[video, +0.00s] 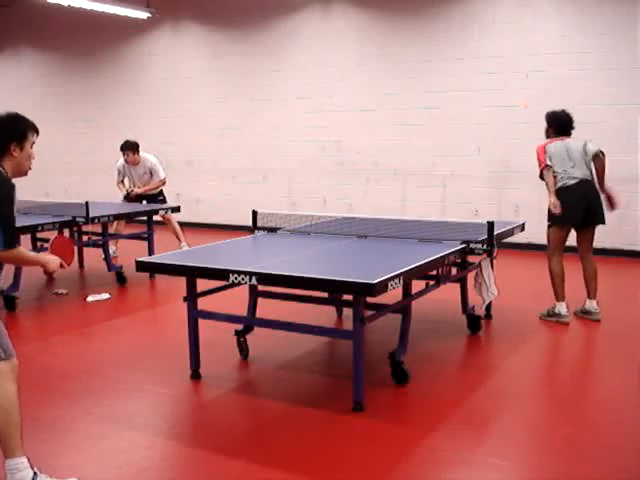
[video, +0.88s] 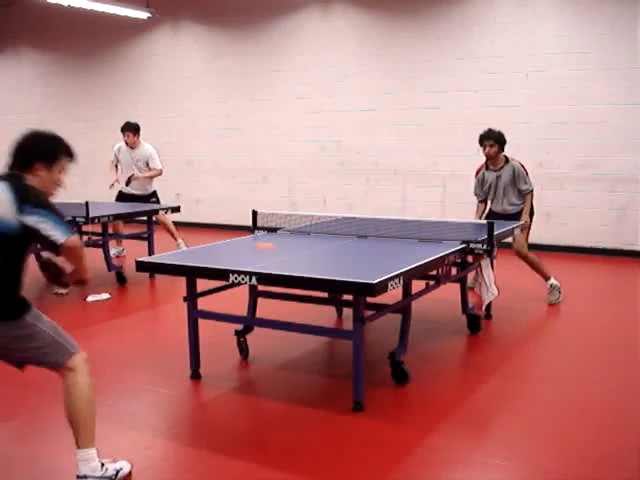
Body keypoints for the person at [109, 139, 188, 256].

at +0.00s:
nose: (125, 158)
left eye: (128, 155)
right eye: (124, 155)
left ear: (136, 154)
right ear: (123, 155)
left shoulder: (150, 161)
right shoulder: (121, 165)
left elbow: (162, 180)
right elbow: (119, 182)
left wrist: (142, 190)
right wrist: (126, 191)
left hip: (154, 193)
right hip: (135, 194)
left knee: (166, 216)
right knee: (120, 218)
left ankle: (183, 244)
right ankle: (113, 246)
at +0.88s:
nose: (125, 140)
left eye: (128, 136)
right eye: (124, 136)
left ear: (136, 136)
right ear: (123, 136)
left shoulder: (148, 151)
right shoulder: (119, 149)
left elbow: (158, 170)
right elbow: (114, 163)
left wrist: (140, 176)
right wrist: (114, 177)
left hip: (147, 194)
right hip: (126, 193)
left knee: (161, 217)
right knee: (115, 218)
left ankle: (179, 242)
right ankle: (119, 247)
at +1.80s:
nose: (144, 148)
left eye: (147, 145)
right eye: (143, 145)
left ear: (155, 144)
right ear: (141, 145)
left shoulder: (168, 155)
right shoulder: (143, 156)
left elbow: (168, 175)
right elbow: (134, 166)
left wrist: (141, 173)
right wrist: (128, 174)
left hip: (176, 189)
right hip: (159, 190)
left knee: (179, 215)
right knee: (147, 217)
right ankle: (145, 245)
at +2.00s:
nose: (155, 151)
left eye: (158, 148)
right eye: (154, 148)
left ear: (166, 147)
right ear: (155, 148)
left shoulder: (179, 160)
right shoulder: (159, 161)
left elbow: (181, 184)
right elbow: (156, 176)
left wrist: (160, 189)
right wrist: (149, 189)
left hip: (186, 195)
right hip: (168, 194)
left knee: (195, 220)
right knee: (151, 215)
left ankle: (217, 245)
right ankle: (146, 244)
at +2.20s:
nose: (173, 158)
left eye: (175, 155)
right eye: (172, 155)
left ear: (184, 154)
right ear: (171, 154)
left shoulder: (198, 164)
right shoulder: (169, 165)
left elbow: (204, 183)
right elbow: (163, 179)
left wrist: (193, 197)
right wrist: (168, 184)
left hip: (195, 194)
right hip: (177, 196)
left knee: (202, 216)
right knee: (163, 222)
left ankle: (221, 242)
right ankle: (166, 241)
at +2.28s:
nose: (173, 159)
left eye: (175, 156)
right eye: (172, 156)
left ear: (183, 154)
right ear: (171, 155)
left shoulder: (197, 164)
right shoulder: (170, 164)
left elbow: (203, 184)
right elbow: (164, 176)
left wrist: (188, 194)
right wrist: (169, 181)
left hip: (196, 195)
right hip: (179, 195)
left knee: (202, 216)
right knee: (163, 221)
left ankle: (221, 242)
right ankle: (165, 241)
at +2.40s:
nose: (174, 154)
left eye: (175, 151)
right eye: (173, 151)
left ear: (183, 147)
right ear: (174, 150)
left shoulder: (194, 159)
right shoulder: (177, 157)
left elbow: (186, 178)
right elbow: (168, 171)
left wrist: (167, 178)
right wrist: (155, 177)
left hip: (198, 192)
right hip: (182, 192)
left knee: (202, 216)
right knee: (165, 216)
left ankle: (221, 242)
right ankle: (166, 241)